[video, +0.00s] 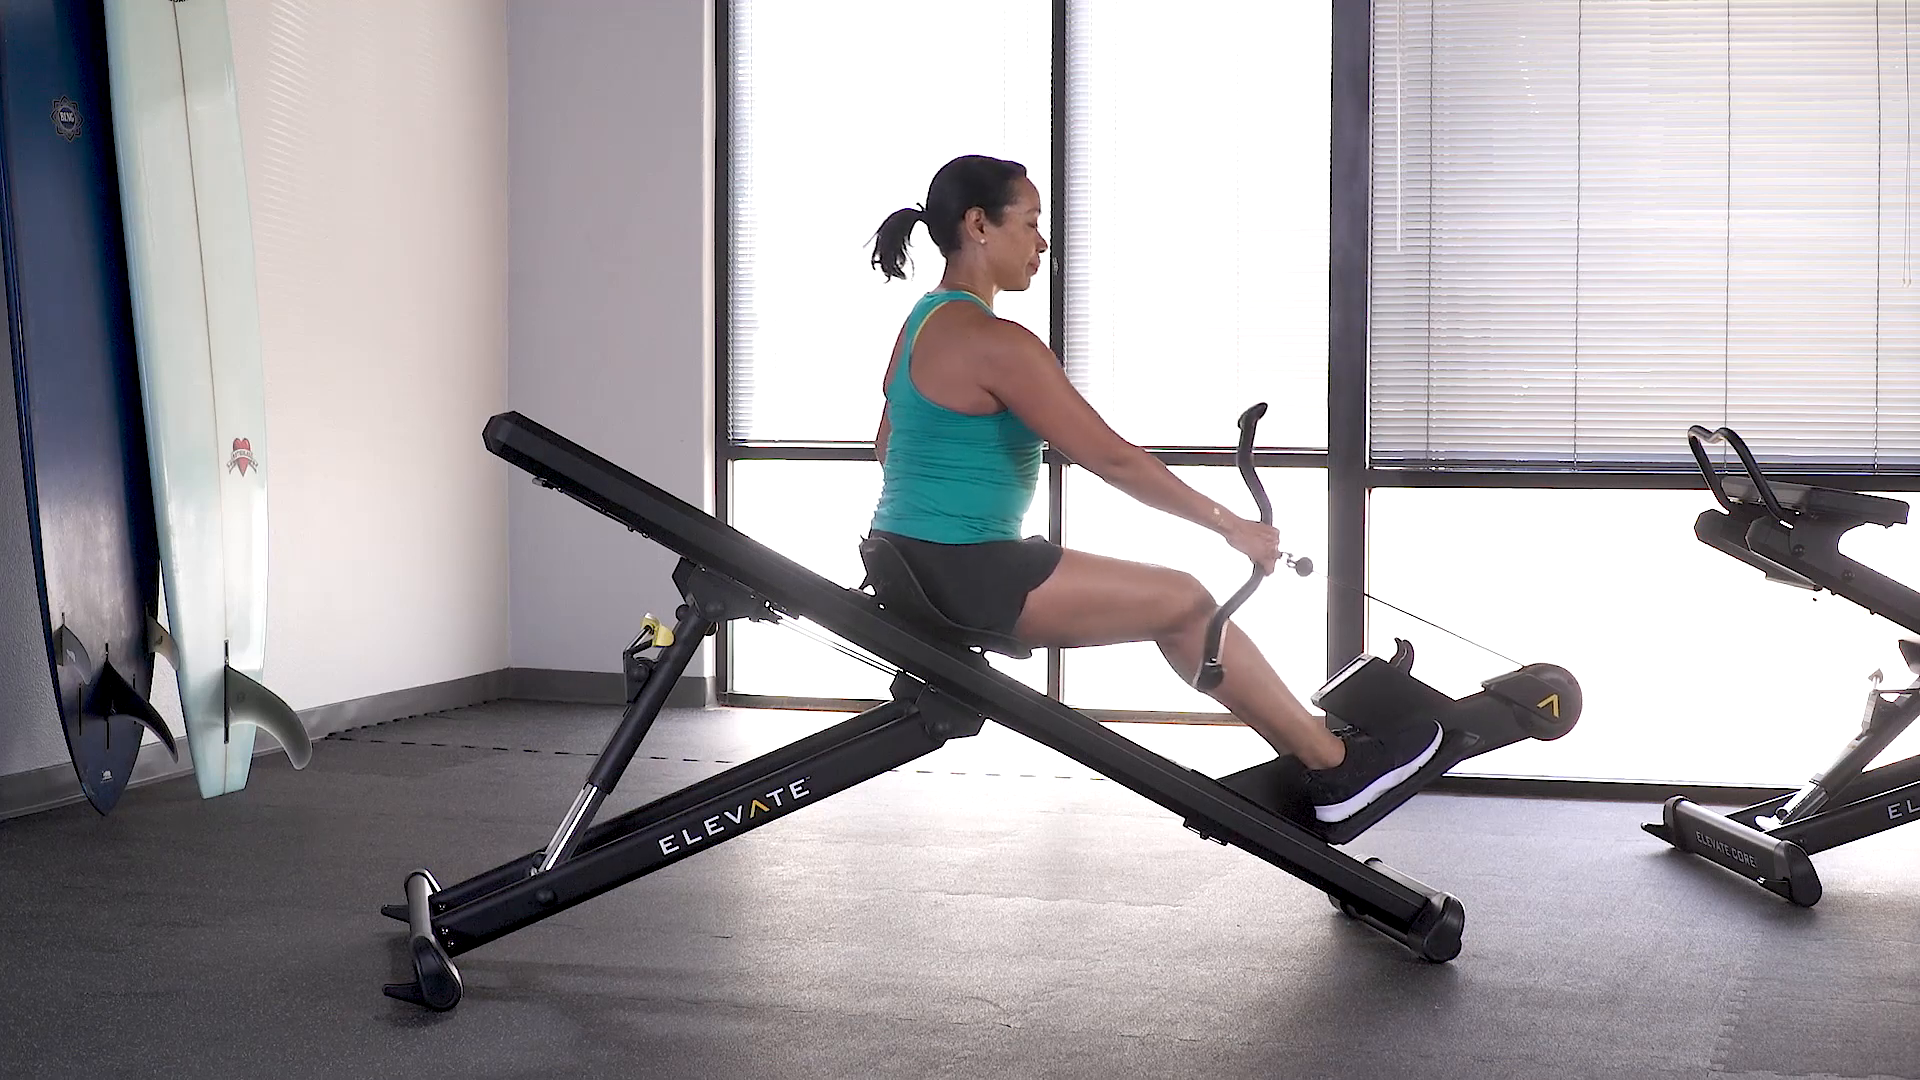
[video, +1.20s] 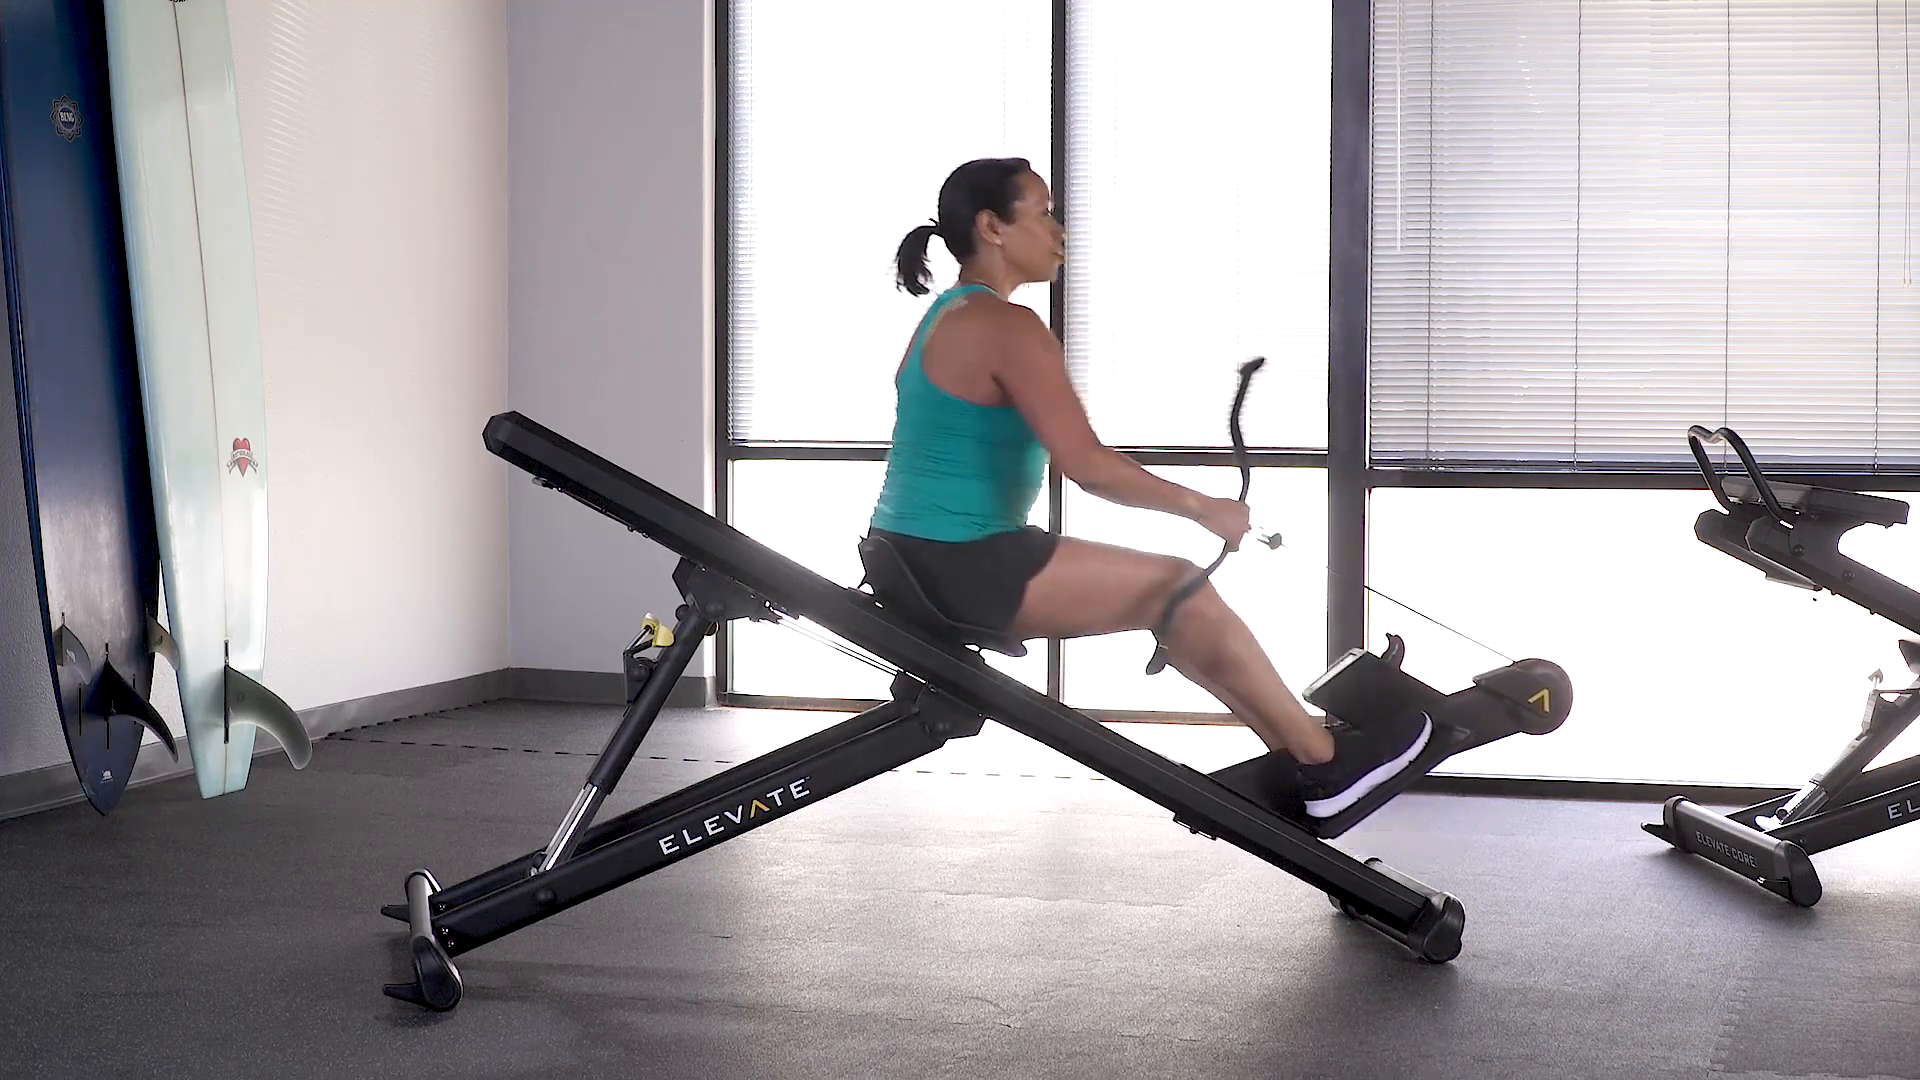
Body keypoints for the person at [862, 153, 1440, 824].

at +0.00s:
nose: (1041, 242)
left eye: (1038, 225)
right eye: (1029, 225)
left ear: (972, 231)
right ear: (975, 228)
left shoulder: (923, 326)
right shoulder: (1000, 344)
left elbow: (891, 447)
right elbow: (1111, 458)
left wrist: (1015, 440)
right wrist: (1232, 525)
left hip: (908, 562)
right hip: (957, 571)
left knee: (1174, 600)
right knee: (1182, 601)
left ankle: (1315, 743)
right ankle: (1332, 766)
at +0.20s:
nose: (1115, 272)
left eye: (1110, 254)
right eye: (1103, 255)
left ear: (1047, 264)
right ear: (1052, 262)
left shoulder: (993, 352)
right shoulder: (1085, 381)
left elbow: (940, 463)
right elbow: (1204, 486)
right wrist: (1320, 555)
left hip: (965, 590)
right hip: (1024, 602)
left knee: (1226, 584)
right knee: (1243, 583)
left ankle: (1323, 758)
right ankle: (1357, 776)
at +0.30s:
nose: (1159, 294)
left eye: (1153, 277)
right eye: (1146, 277)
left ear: (1087, 286)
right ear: (1096, 285)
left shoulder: (1030, 374)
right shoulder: (1134, 401)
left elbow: (972, 485)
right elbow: (1253, 509)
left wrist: (1029, 553)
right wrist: (1363, 575)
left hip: (994, 608)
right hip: (1062, 622)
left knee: (1251, 578)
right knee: (1277, 581)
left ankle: (1332, 759)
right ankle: (1368, 772)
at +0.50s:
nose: (1230, 324)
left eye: (1224, 307)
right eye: (1217, 308)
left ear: (1162, 321)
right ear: (1168, 320)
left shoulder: (1088, 409)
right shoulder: (1222, 435)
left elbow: (1024, 511)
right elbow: (1345, 538)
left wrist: (1075, 586)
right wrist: (1448, 610)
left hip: (1044, 636)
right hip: (1119, 651)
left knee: (1297, 578)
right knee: (1326, 586)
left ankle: (1349, 763)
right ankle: (1391, 787)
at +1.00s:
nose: (1174, 286)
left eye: (1166, 271)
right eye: (1159, 273)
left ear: (1102, 294)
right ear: (1109, 292)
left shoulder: (1047, 379)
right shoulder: (1164, 403)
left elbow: (990, 482)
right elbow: (1274, 521)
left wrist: (1046, 556)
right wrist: (1381, 582)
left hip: (997, 610)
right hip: (1071, 624)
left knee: (1258, 584)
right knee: (1280, 582)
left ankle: (1335, 763)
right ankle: (1374, 777)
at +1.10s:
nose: (1116, 258)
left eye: (1109, 241)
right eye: (1101, 243)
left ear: (1045, 261)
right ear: (1051, 259)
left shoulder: (993, 349)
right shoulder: (1089, 366)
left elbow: (950, 460)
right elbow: (1189, 492)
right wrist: (1306, 547)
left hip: (952, 588)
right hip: (1017, 595)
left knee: (1216, 592)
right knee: (1234, 582)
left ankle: (1316, 753)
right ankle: (1350, 769)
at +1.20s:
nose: (1060, 230)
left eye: (1054, 213)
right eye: (1045, 213)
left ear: (987, 231)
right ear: (992, 228)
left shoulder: (945, 316)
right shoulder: (1011, 328)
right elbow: (1085, 464)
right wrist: (1199, 506)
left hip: (910, 560)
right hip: (958, 566)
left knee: (1167, 588)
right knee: (1176, 583)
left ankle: (1299, 746)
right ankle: (1318, 757)